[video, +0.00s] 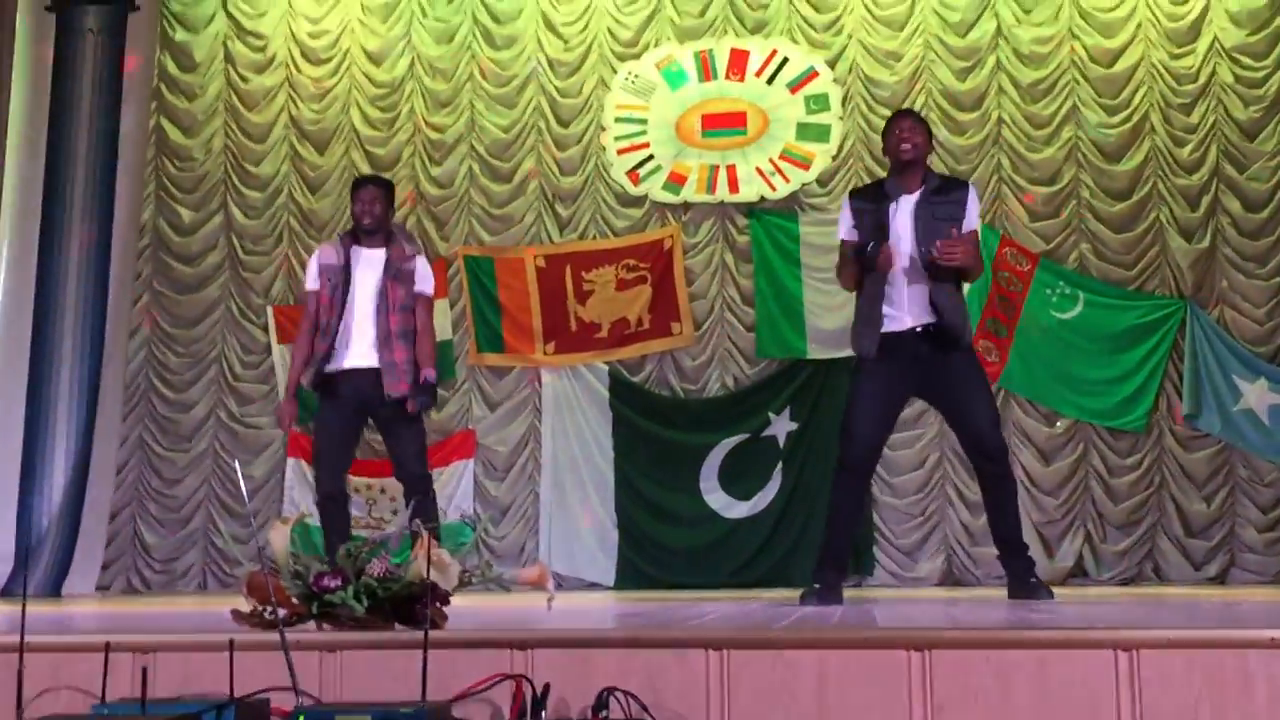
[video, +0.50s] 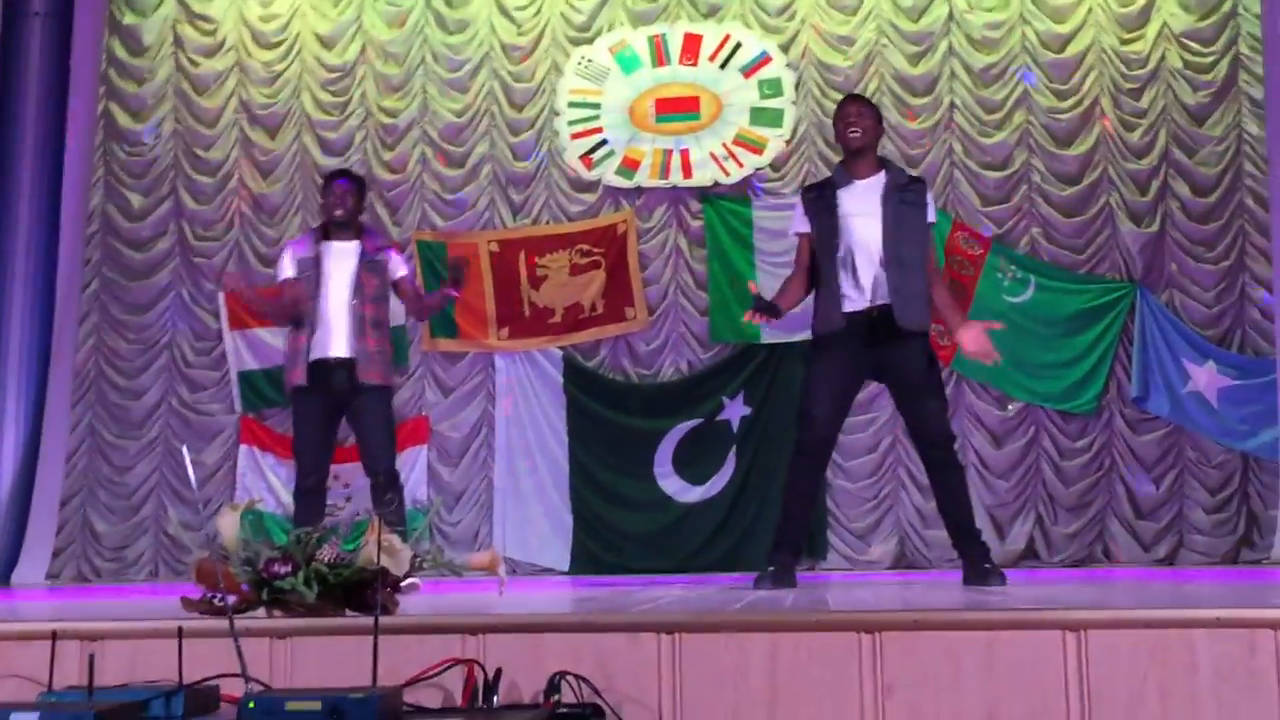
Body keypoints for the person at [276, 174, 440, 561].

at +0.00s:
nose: (367, 209)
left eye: (375, 202)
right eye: (361, 202)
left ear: (390, 208)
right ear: (350, 208)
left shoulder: (412, 261)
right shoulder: (326, 257)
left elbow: (423, 326)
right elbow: (307, 329)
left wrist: (428, 377)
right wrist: (290, 392)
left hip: (395, 385)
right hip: (340, 386)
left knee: (415, 478)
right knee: (328, 483)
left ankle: (431, 568)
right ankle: (338, 572)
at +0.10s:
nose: (358, 221)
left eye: (367, 214)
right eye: (351, 213)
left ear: (379, 221)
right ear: (341, 217)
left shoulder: (401, 273)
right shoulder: (315, 273)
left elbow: (421, 343)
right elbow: (300, 346)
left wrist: (427, 401)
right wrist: (295, 413)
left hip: (392, 394)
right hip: (337, 399)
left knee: (414, 486)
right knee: (340, 498)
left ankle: (429, 575)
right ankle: (345, 585)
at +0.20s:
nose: (342, 231)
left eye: (351, 224)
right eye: (335, 224)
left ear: (365, 231)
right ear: (327, 229)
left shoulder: (386, 280)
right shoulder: (305, 281)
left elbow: (426, 338)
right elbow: (264, 342)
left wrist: (435, 392)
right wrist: (282, 397)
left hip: (381, 404)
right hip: (326, 409)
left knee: (402, 496)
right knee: (329, 507)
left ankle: (419, 584)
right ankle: (332, 592)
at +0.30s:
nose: (339, 225)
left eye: (348, 219)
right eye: (333, 219)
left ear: (363, 226)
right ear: (323, 225)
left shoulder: (386, 271)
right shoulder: (300, 273)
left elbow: (439, 318)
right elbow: (244, 314)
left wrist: (447, 347)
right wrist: (266, 347)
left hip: (375, 399)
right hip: (321, 401)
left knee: (395, 492)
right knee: (323, 501)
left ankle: (414, 582)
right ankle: (322, 588)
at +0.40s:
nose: (336, 212)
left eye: (344, 205)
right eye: (329, 205)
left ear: (359, 213)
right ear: (320, 212)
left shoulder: (379, 261)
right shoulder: (298, 261)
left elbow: (429, 314)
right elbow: (256, 316)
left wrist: (476, 300)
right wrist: (229, 296)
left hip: (368, 389)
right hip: (315, 392)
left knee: (389, 484)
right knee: (315, 490)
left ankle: (408, 573)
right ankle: (313, 580)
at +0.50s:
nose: (339, 203)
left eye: (347, 196)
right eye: (332, 196)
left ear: (361, 204)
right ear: (322, 201)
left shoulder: (383, 252)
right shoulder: (296, 251)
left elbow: (416, 308)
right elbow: (289, 309)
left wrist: (441, 297)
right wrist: (245, 291)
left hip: (367, 375)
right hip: (312, 376)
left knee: (382, 469)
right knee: (309, 473)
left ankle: (396, 559)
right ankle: (303, 562)